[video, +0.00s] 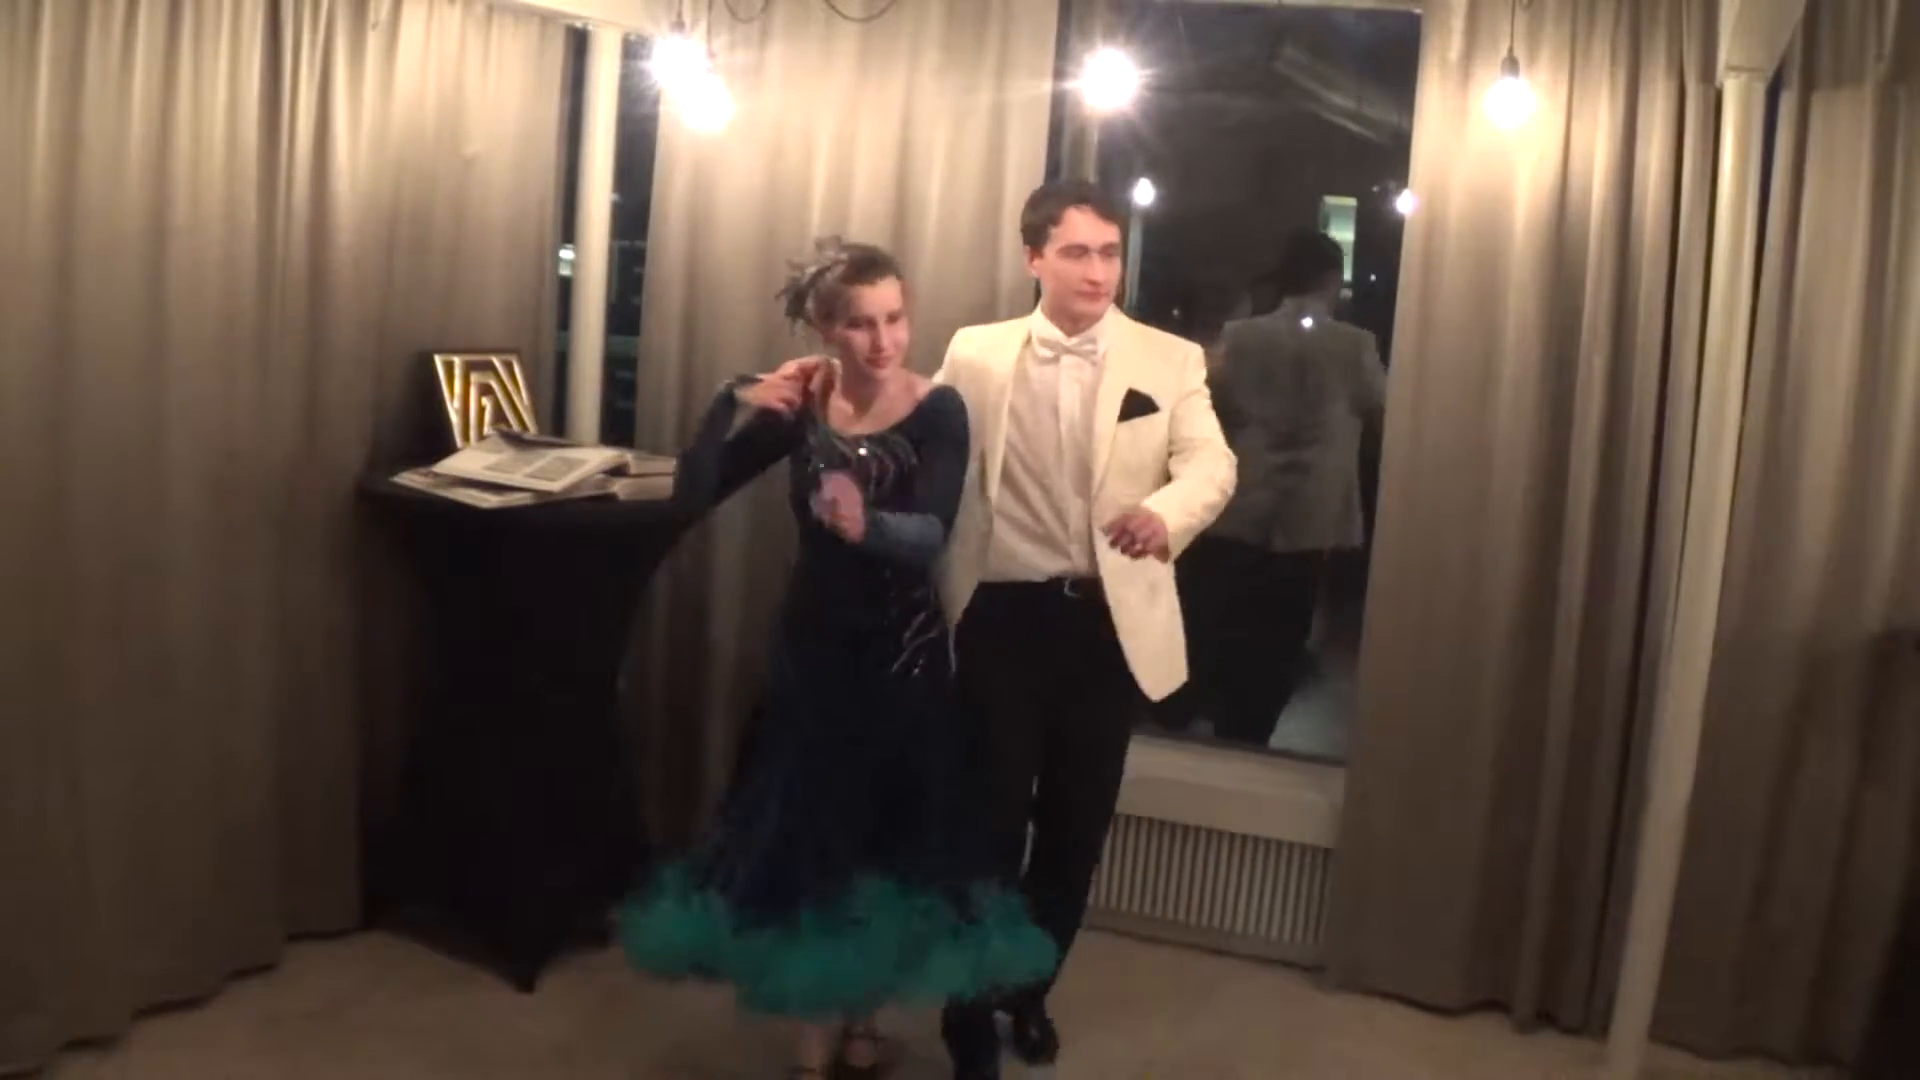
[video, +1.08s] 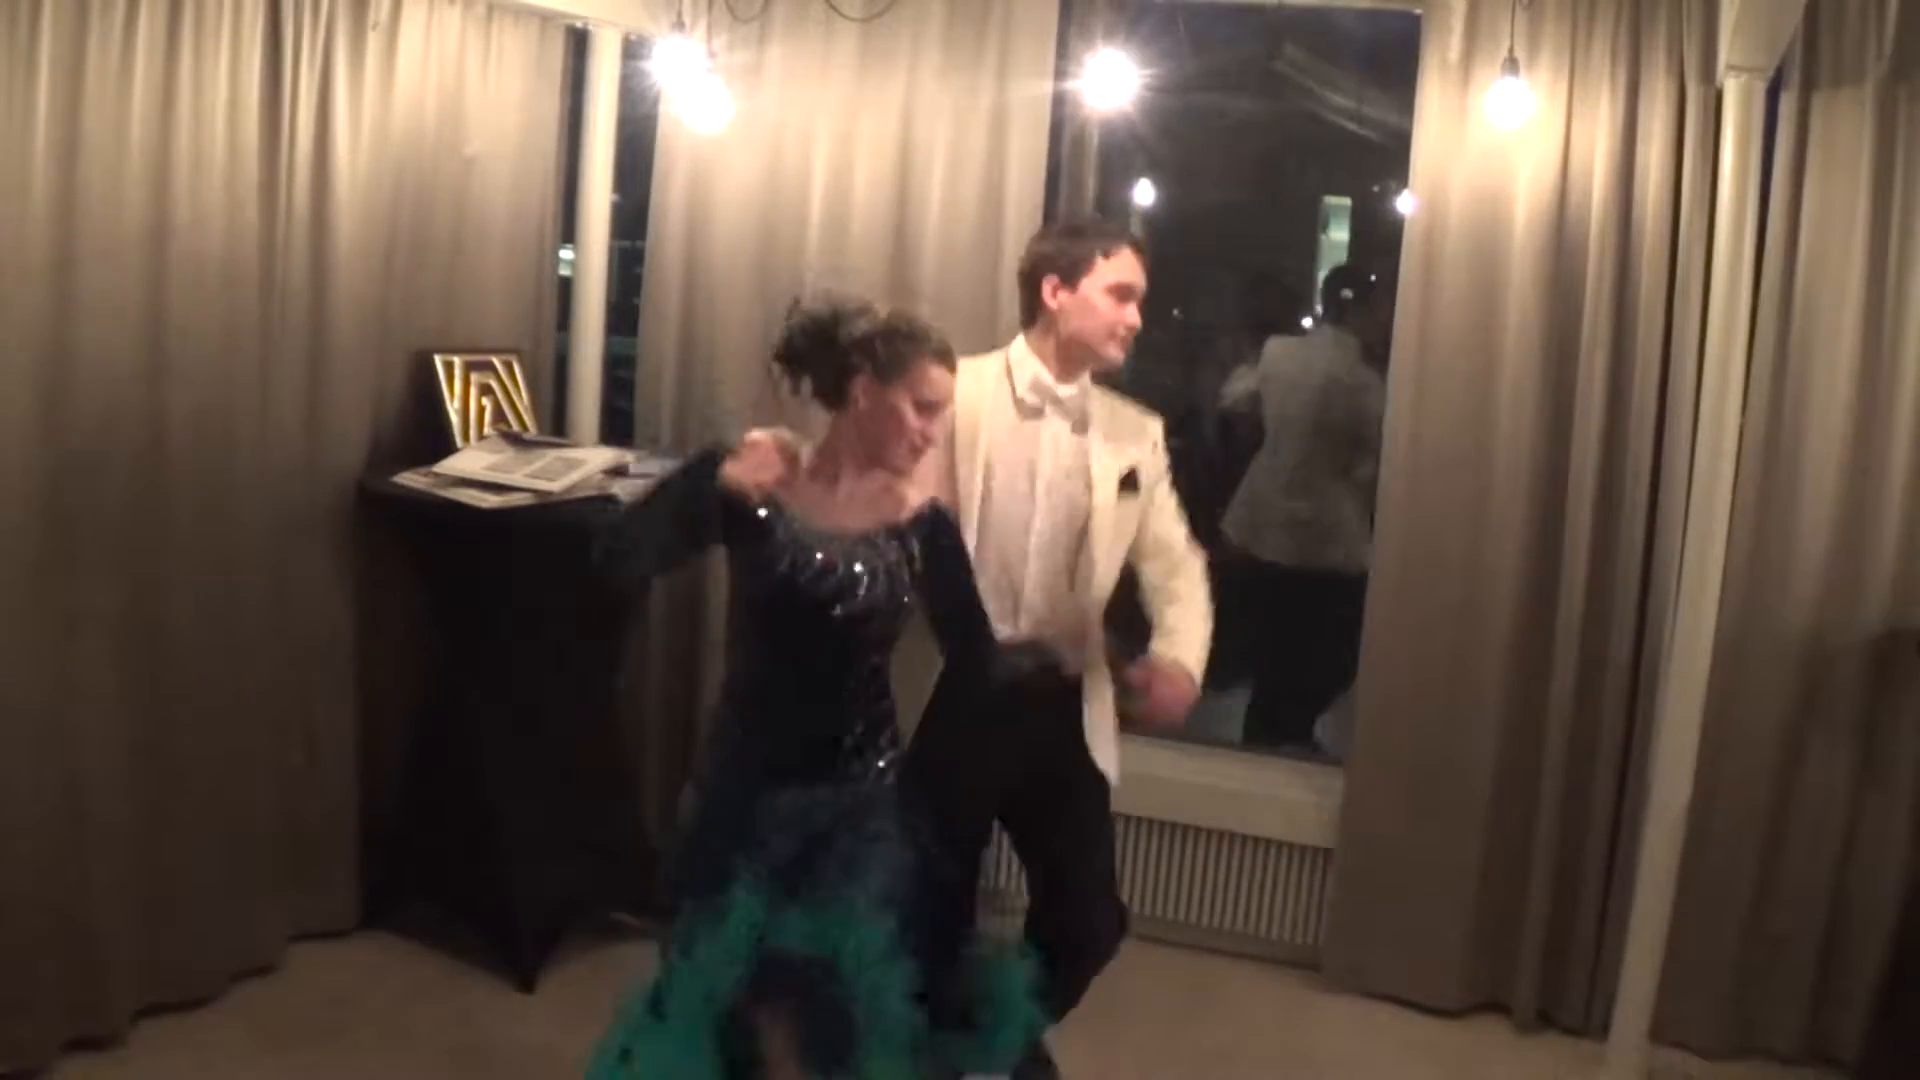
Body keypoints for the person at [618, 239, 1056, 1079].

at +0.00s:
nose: (881, 339)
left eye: (893, 319)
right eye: (860, 324)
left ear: (911, 314)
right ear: (824, 330)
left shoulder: (938, 412)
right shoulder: (804, 401)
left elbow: (931, 535)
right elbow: (697, 491)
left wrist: (865, 523)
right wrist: (741, 405)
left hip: (904, 642)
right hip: (817, 633)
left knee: (885, 819)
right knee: (806, 816)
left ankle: (862, 1013)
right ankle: (810, 1022)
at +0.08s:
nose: (880, 340)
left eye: (892, 320)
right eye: (859, 325)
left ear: (909, 316)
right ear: (823, 330)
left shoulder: (937, 412)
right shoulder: (801, 403)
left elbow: (936, 532)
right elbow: (690, 490)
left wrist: (889, 580)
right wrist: (743, 406)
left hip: (900, 635)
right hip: (814, 628)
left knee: (883, 814)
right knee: (804, 808)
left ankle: (862, 1008)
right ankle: (809, 1021)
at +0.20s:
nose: (876, 372)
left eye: (889, 352)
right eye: (855, 355)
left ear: (906, 352)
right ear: (817, 361)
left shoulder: (931, 445)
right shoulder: (795, 435)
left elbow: (947, 575)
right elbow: (688, 525)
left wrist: (920, 682)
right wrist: (742, 452)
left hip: (893, 674)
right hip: (806, 665)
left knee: (883, 840)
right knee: (802, 833)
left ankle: (874, 1010)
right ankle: (822, 1005)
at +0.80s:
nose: (929, 354)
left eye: (936, 336)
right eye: (910, 333)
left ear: (941, 343)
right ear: (848, 335)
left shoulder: (939, 438)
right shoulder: (782, 426)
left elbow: (1018, 550)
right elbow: (641, 474)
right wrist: (742, 423)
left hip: (901, 691)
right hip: (801, 683)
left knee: (901, 878)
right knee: (777, 870)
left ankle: (891, 1042)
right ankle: (779, 1036)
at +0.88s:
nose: (934, 342)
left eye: (942, 324)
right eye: (919, 318)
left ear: (944, 333)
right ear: (857, 312)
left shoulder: (929, 429)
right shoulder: (777, 402)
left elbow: (1037, 484)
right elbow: (622, 395)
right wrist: (747, 361)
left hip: (895, 697)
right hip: (795, 688)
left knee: (897, 889)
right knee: (764, 882)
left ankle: (888, 1045)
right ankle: (753, 1047)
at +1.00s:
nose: (939, 386)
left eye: (945, 367)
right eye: (924, 363)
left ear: (948, 369)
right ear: (858, 349)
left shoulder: (929, 474)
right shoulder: (770, 438)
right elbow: (617, 468)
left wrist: (968, 518)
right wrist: (733, 422)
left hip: (870, 728)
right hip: (764, 719)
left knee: (843, 941)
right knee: (738, 938)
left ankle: (827, 1060)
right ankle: (739, 1061)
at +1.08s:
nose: (933, 432)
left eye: (940, 414)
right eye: (921, 407)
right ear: (860, 393)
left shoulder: (919, 522)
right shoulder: (754, 482)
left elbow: (975, 661)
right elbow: (621, 555)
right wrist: (717, 480)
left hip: (862, 778)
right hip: (751, 771)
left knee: (851, 975)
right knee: (742, 979)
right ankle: (770, 1063)